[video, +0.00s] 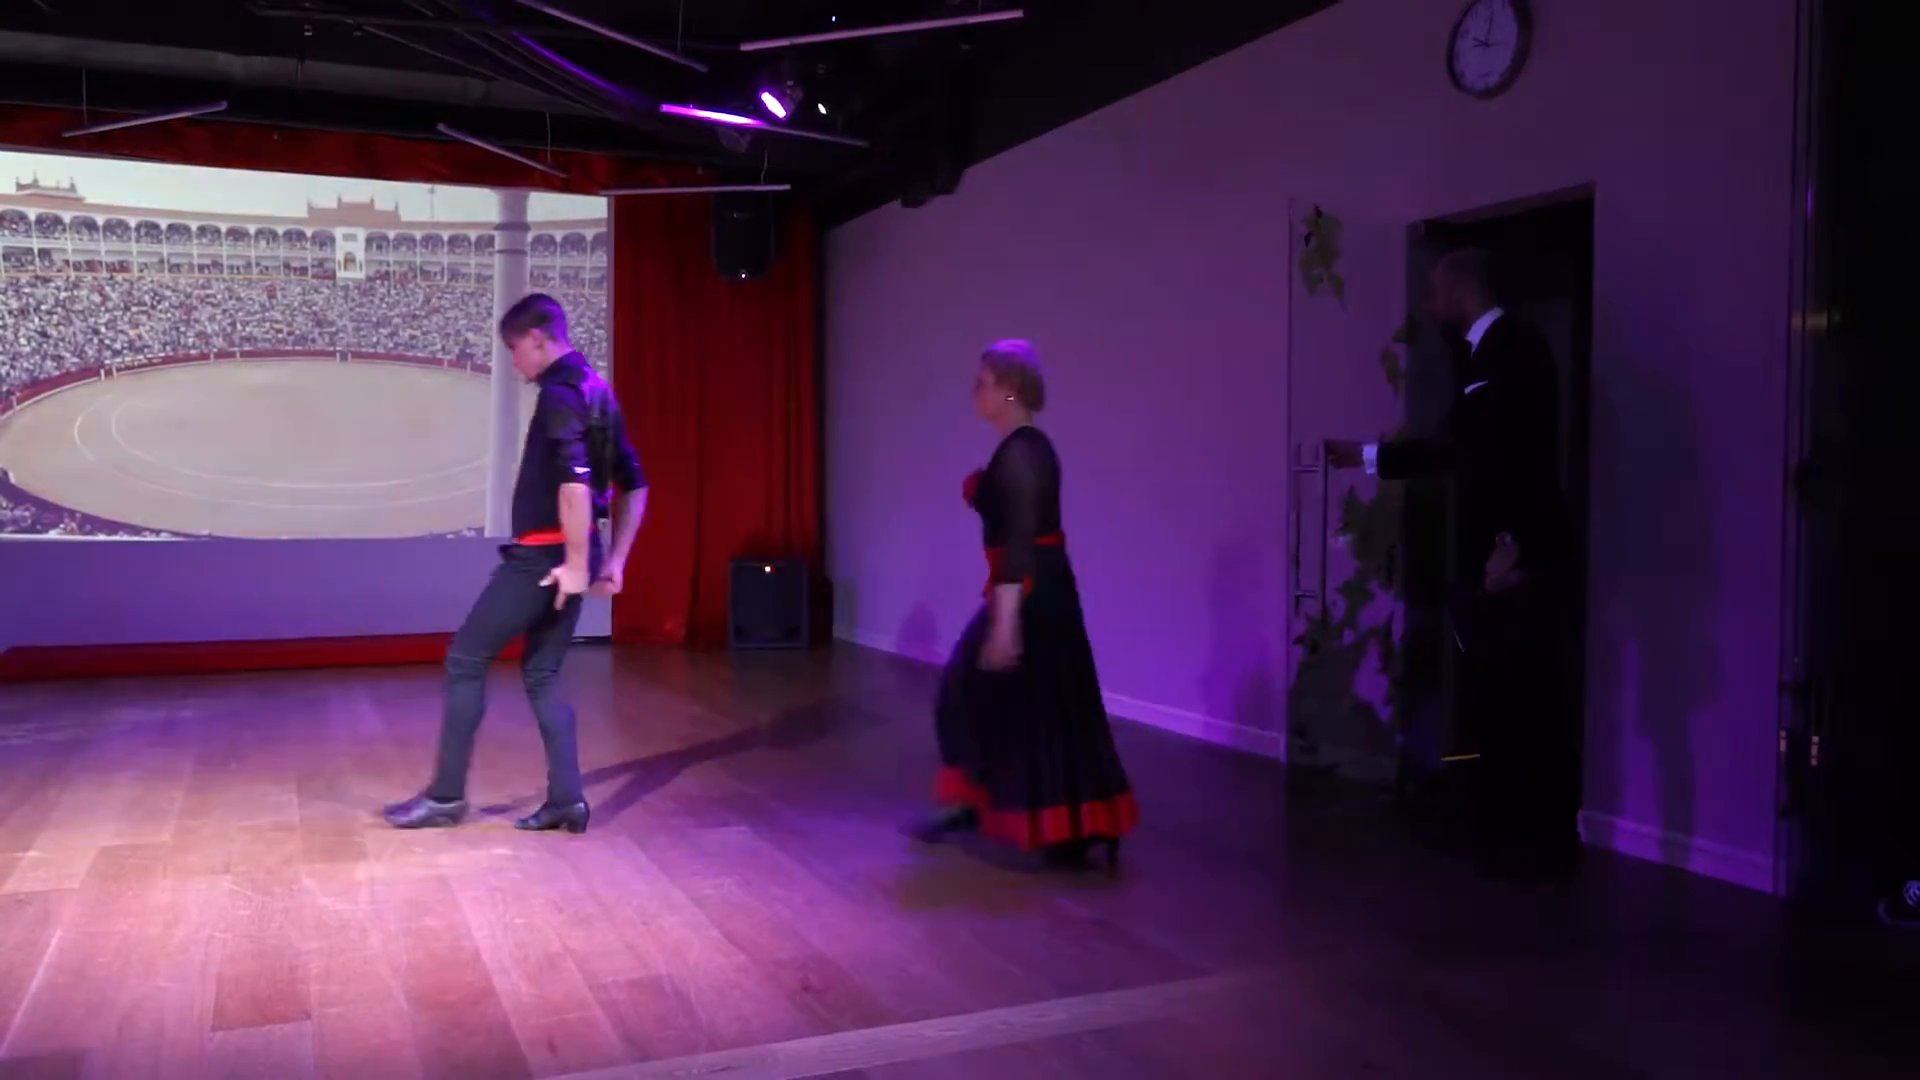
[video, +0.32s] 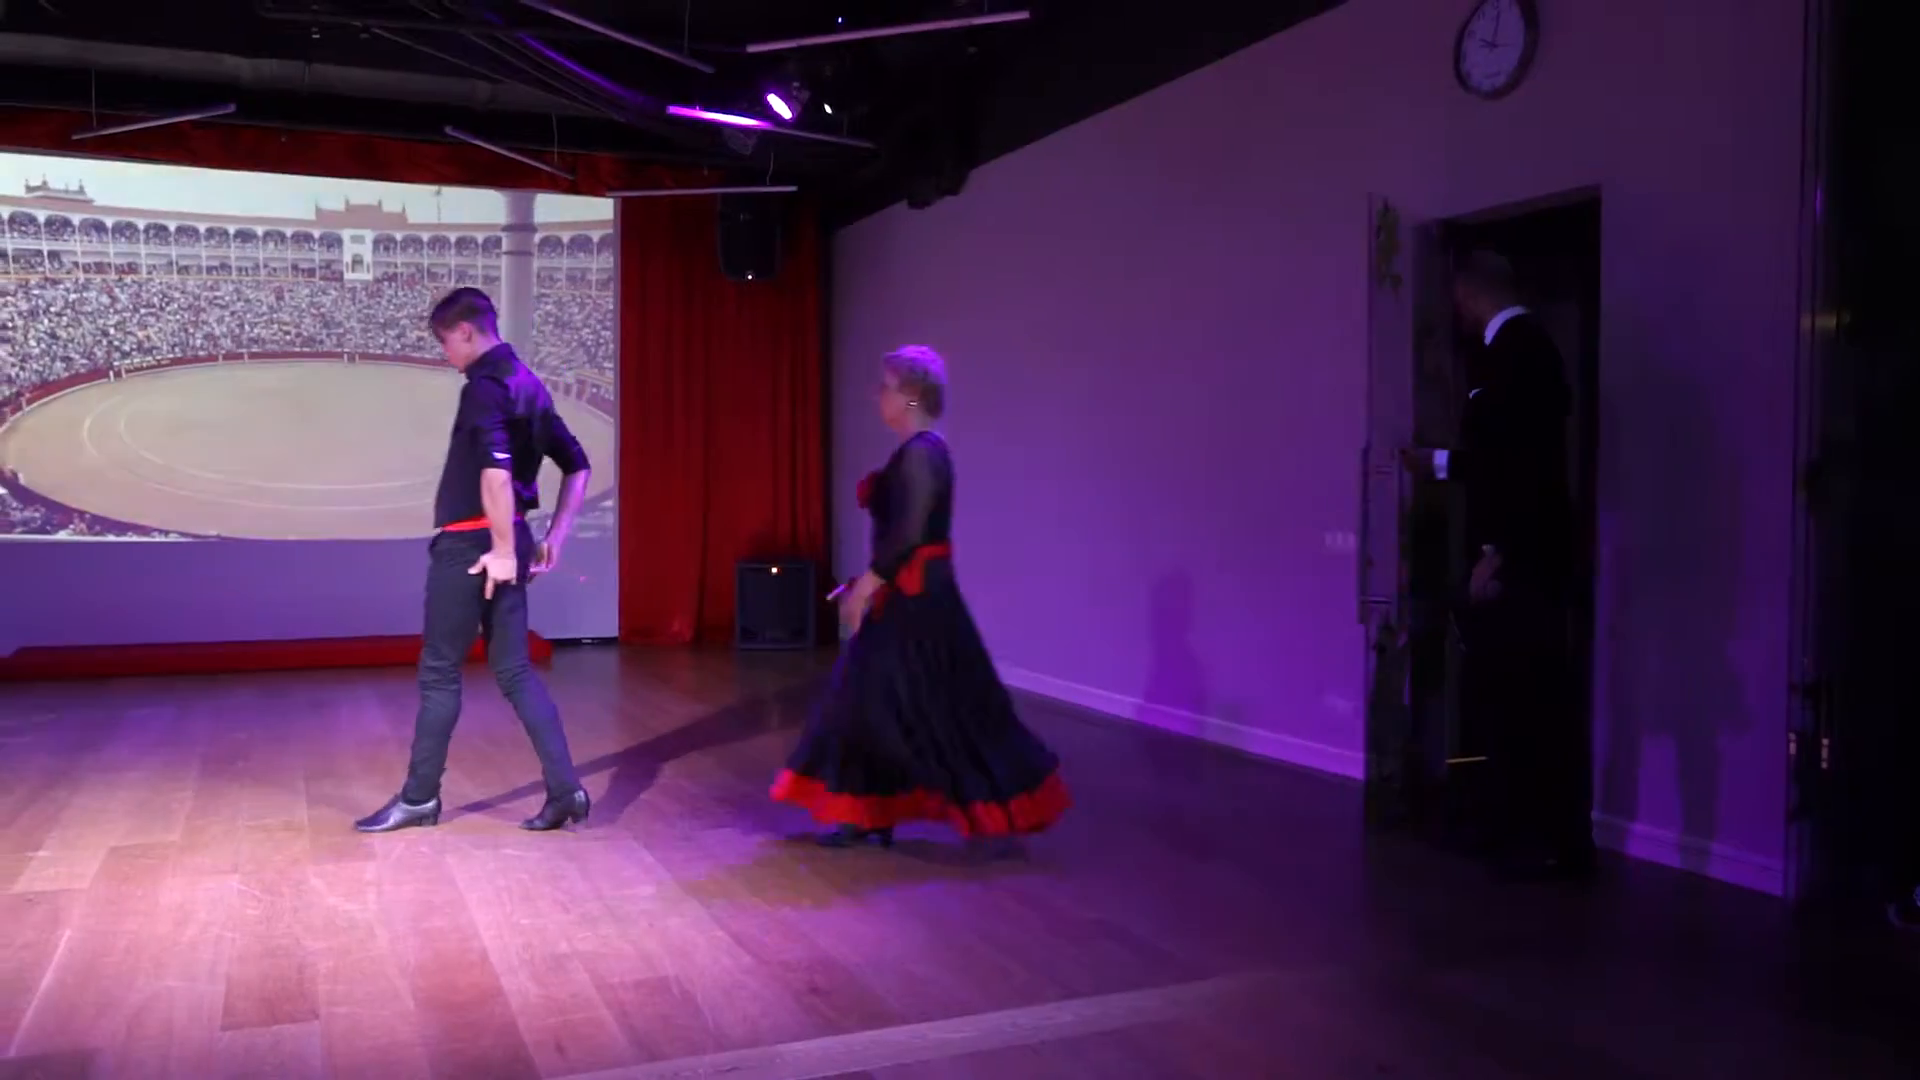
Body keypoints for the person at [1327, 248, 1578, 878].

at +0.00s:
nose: (1433, 305)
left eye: (1439, 290)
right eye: (1433, 292)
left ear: (1464, 288)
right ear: (1468, 286)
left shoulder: (1511, 351)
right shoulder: (1479, 352)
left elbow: (1513, 455)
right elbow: (1459, 451)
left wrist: (1511, 539)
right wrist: (1369, 456)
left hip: (1518, 558)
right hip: (1493, 555)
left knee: (1510, 695)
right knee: (1494, 693)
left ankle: (1521, 835)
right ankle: (1499, 828)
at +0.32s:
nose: (1459, 308)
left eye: (1460, 296)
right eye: (1460, 296)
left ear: (1473, 294)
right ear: (1506, 290)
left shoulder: (1511, 356)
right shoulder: (1527, 349)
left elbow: (1507, 463)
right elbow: (1508, 460)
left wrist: (1494, 548)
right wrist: (1444, 465)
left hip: (1521, 554)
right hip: (1530, 546)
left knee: (1511, 693)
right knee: (1521, 691)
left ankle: (1518, 830)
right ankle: (1524, 827)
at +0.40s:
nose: (1481, 310)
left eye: (1483, 299)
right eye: (1483, 298)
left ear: (1494, 299)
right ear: (1532, 290)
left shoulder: (1525, 357)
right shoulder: (1560, 349)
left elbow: (1523, 468)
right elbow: (1534, 463)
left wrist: (1502, 552)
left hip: (1540, 552)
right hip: (1567, 545)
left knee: (1535, 693)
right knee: (1562, 692)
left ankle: (1542, 833)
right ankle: (1570, 833)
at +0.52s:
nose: (1520, 310)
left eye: (1521, 298)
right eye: (1523, 297)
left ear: (1530, 299)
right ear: (1575, 290)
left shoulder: (1549, 361)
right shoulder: (1615, 352)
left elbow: (1546, 475)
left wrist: (1526, 560)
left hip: (1567, 557)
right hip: (1614, 550)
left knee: (1564, 697)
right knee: (1608, 697)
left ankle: (1567, 837)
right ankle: (1613, 838)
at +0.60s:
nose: (1563, 307)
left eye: (1564, 295)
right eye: (1568, 293)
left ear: (1569, 296)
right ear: (1617, 286)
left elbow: (1576, 468)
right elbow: (1657, 464)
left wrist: (1557, 553)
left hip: (1602, 554)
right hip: (1654, 548)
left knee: (1605, 698)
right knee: (1648, 701)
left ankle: (1607, 845)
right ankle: (1653, 846)